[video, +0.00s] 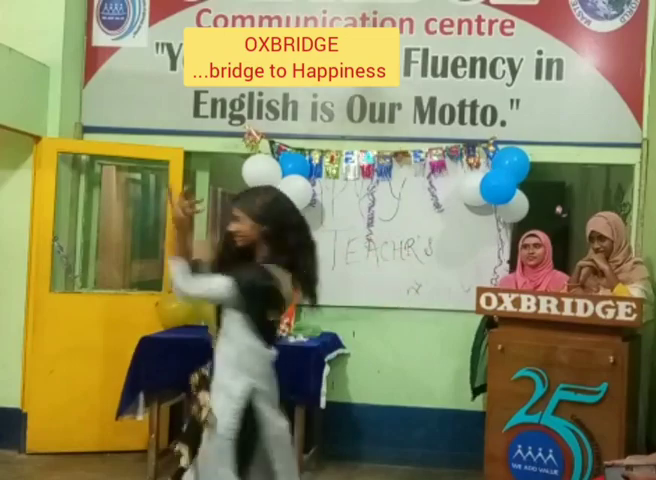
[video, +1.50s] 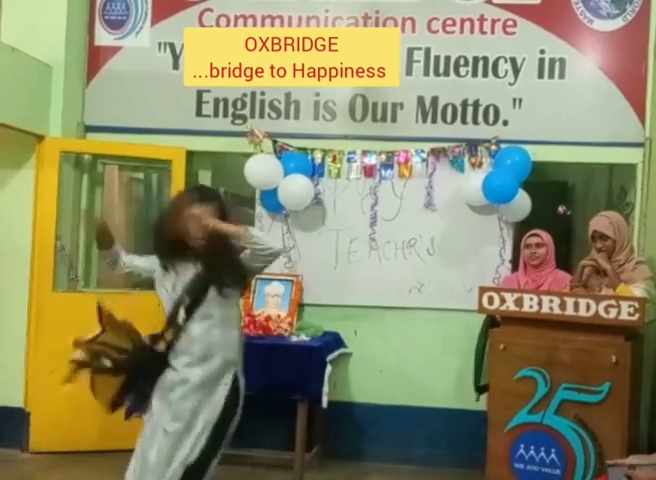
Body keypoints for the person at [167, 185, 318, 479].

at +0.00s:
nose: (231, 228)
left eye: (239, 220)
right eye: (232, 220)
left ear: (264, 227)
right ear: (265, 229)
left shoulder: (252, 281)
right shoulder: (279, 277)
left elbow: (185, 285)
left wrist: (181, 233)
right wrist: (183, 231)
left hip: (238, 384)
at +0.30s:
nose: (238, 222)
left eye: (238, 215)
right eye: (231, 215)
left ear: (203, 220)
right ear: (213, 220)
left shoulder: (212, 256)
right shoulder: (205, 262)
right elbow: (263, 234)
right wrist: (259, 182)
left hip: (219, 360)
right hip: (215, 367)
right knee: (220, 462)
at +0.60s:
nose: (168, 216)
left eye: (178, 209)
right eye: (168, 209)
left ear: (201, 213)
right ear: (167, 212)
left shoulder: (222, 265)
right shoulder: (169, 257)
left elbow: (224, 228)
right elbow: (119, 221)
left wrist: (209, 178)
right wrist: (158, 187)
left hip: (216, 403)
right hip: (168, 401)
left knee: (224, 472)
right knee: (169, 470)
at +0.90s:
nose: (142, 211)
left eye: (152, 206)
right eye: (146, 203)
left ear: (175, 215)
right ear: (179, 217)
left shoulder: (162, 264)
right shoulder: (204, 266)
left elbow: (148, 331)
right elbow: (191, 331)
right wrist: (140, 348)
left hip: (164, 385)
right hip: (188, 383)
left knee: (145, 470)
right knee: (165, 468)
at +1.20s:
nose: (150, 214)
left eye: (163, 208)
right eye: (148, 205)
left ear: (185, 216)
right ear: (141, 206)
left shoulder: (192, 263)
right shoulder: (150, 258)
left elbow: (207, 330)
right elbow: (154, 325)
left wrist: (169, 385)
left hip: (177, 389)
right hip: (145, 382)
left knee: (159, 471)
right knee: (135, 466)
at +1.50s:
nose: (203, 227)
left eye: (210, 220)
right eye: (194, 219)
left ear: (221, 225)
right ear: (176, 223)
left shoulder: (232, 268)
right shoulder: (164, 266)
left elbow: (271, 249)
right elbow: (117, 265)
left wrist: (220, 226)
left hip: (220, 384)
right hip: (176, 381)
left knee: (188, 469)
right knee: (149, 464)